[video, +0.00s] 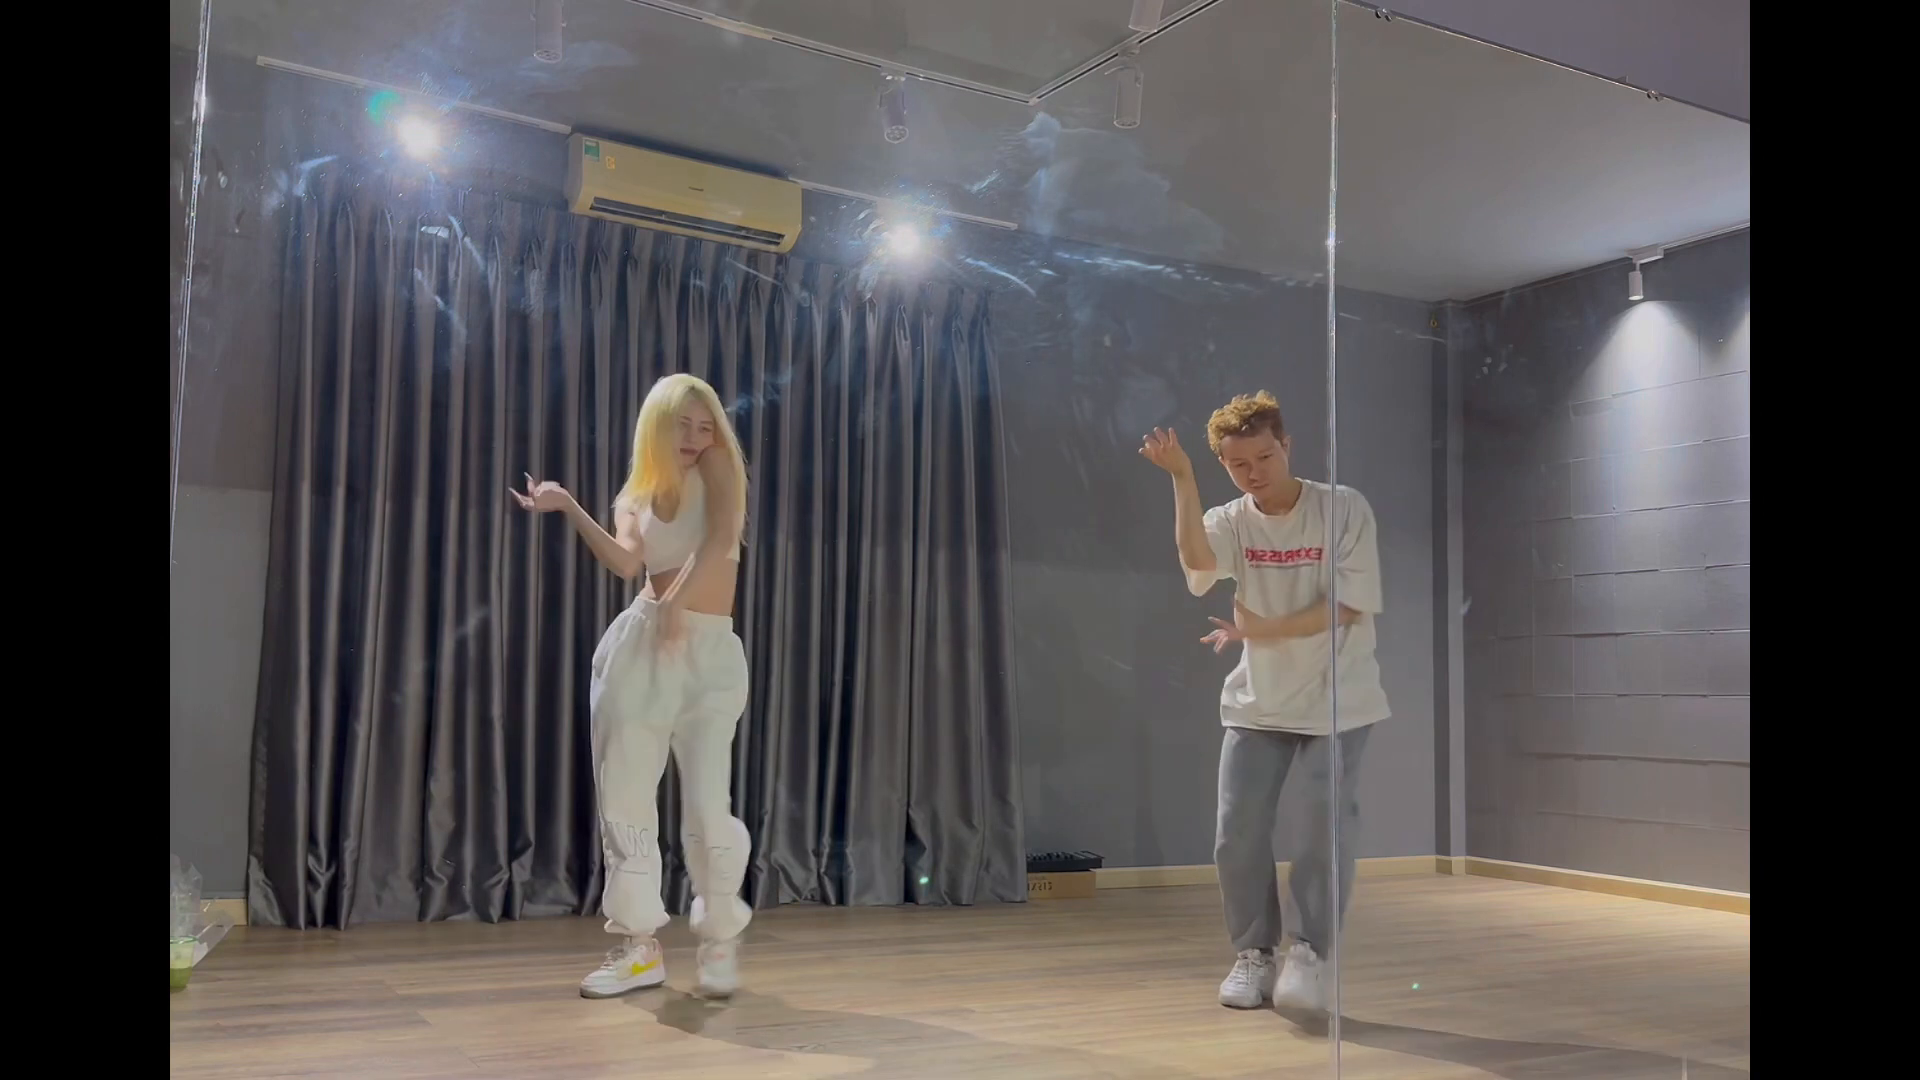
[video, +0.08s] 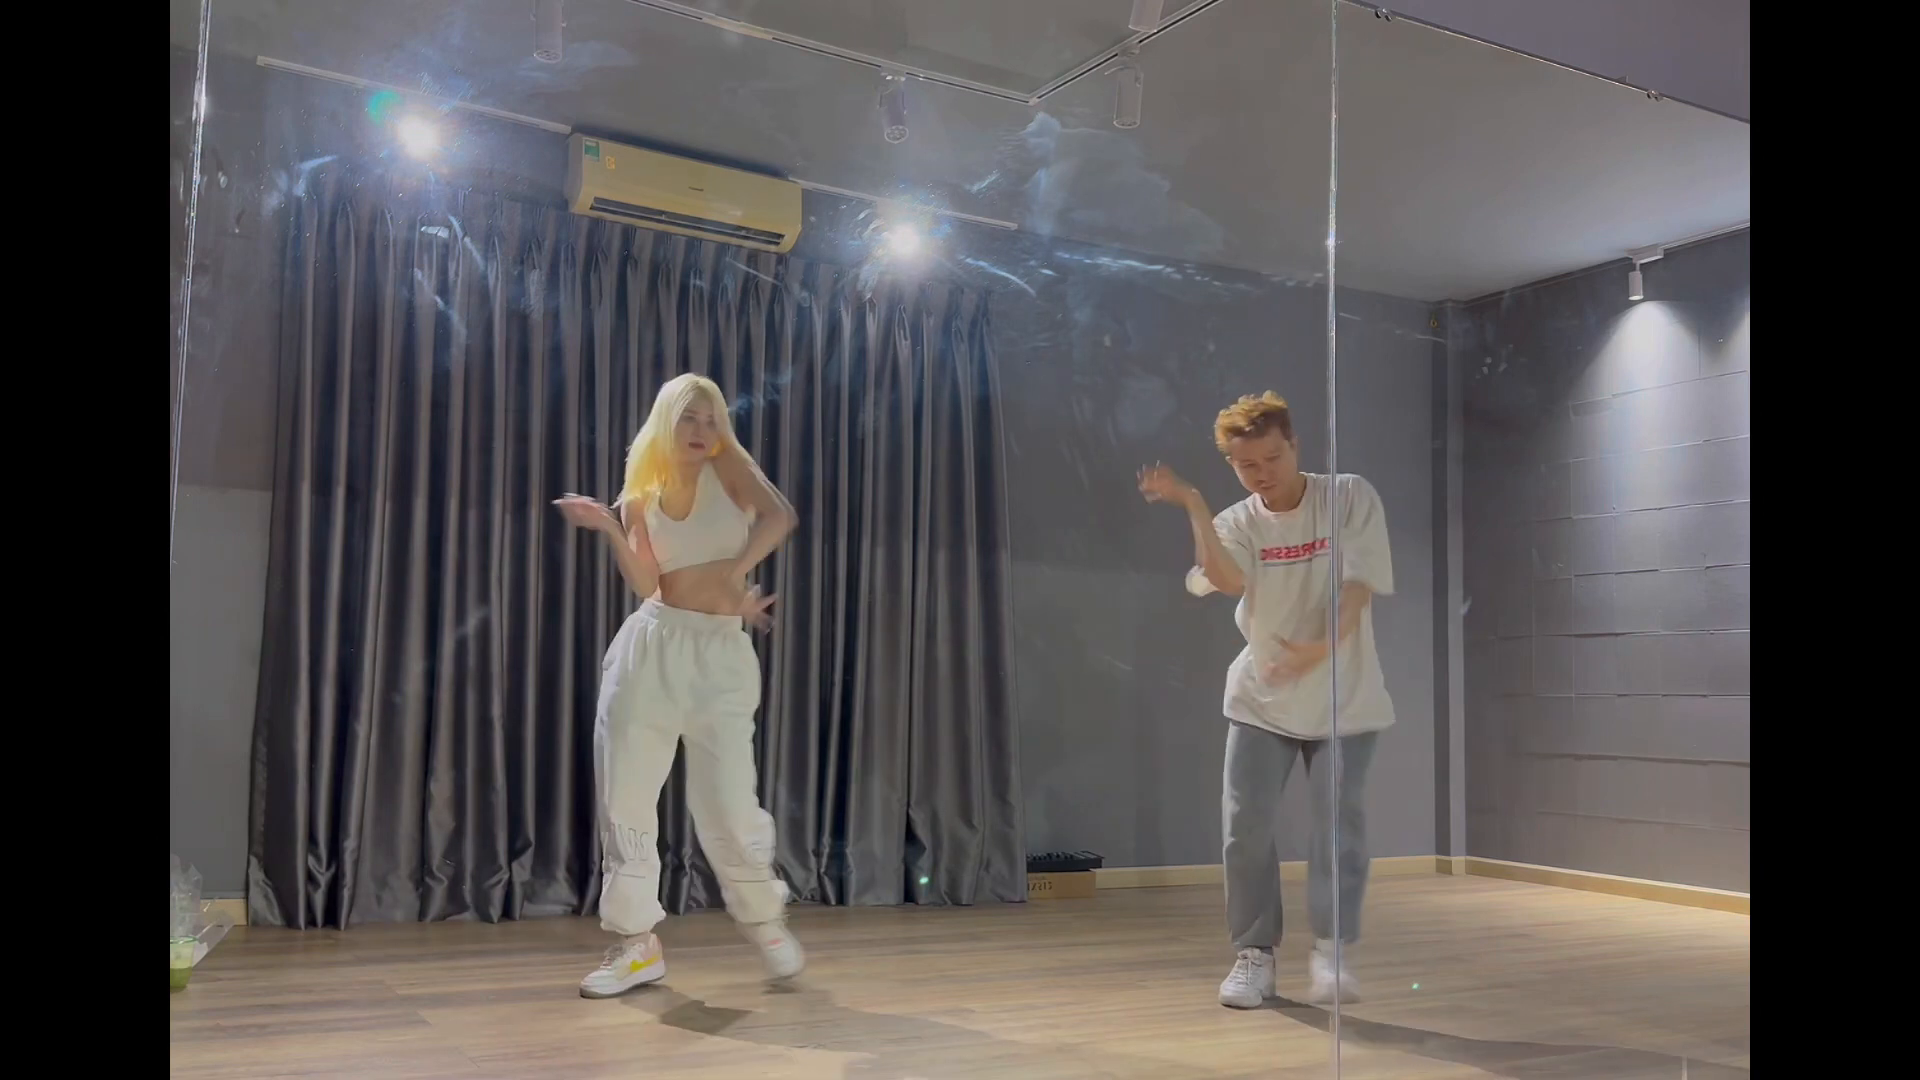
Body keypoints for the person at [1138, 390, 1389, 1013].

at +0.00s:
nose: (1249, 475)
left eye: (1259, 459)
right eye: (1236, 464)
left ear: (1285, 447)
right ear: (1224, 464)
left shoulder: (1345, 510)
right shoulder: (1230, 520)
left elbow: (1351, 608)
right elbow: (1197, 566)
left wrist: (1259, 629)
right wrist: (1183, 476)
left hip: (1339, 700)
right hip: (1259, 700)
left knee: (1320, 825)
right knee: (1237, 827)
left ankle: (1310, 957)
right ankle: (1254, 955)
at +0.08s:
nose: (1258, 476)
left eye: (1267, 460)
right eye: (1244, 465)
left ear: (1292, 446)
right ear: (1232, 466)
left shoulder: (1349, 497)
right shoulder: (1234, 522)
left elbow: (1359, 589)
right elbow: (1228, 580)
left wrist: (1316, 648)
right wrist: (1194, 504)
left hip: (1343, 691)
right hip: (1263, 694)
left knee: (1340, 823)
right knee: (1243, 822)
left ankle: (1330, 952)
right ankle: (1254, 954)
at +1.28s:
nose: (1353, 467)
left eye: (1363, 455)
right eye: (1341, 453)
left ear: (1373, 458)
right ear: (1309, 452)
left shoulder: (1380, 520)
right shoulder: (1271, 499)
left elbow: (1421, 558)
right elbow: (1323, 559)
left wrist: (1426, 486)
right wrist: (1408, 581)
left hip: (1385, 699)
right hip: (1296, 695)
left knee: (1403, 824)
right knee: (1225, 784)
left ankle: (1400, 953)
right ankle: (1236, 935)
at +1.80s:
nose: (1305, 487)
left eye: (1313, 477)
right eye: (1292, 476)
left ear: (1321, 483)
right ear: (1259, 480)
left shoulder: (1334, 528)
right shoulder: (1230, 541)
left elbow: (1377, 563)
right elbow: (1292, 596)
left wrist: (1308, 529)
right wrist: (1380, 603)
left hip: (1316, 722)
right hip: (1246, 721)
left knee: (1399, 816)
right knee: (1226, 839)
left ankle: (1375, 956)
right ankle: (1162, 958)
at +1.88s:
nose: (1310, 491)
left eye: (1319, 480)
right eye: (1299, 477)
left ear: (1324, 484)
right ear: (1265, 473)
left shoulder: (1321, 539)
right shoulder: (1238, 540)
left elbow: (1408, 542)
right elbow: (1316, 607)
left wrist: (1337, 524)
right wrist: (1394, 610)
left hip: (1320, 723)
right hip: (1252, 727)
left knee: (1422, 814)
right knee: (1239, 851)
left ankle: (1385, 946)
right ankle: (1162, 958)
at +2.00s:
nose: (1335, 482)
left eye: (1343, 473)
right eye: (1323, 468)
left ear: (1348, 477)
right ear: (1286, 465)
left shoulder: (1327, 524)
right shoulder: (1265, 529)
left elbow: (1385, 488)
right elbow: (1340, 598)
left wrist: (1380, 485)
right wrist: (1402, 607)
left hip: (1365, 716)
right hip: (1298, 725)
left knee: (1444, 844)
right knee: (1253, 851)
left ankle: (1387, 962)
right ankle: (1166, 956)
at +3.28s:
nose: (1472, 472)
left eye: (1479, 460)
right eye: (1461, 457)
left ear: (1485, 462)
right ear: (1421, 448)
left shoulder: (1476, 504)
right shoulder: (1394, 513)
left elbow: (1526, 459)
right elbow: (1427, 436)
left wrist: (1548, 394)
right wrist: (1502, 367)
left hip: (1475, 701)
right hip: (1457, 703)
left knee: (1474, 850)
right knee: (1557, 827)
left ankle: (1388, 970)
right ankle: (1537, 983)